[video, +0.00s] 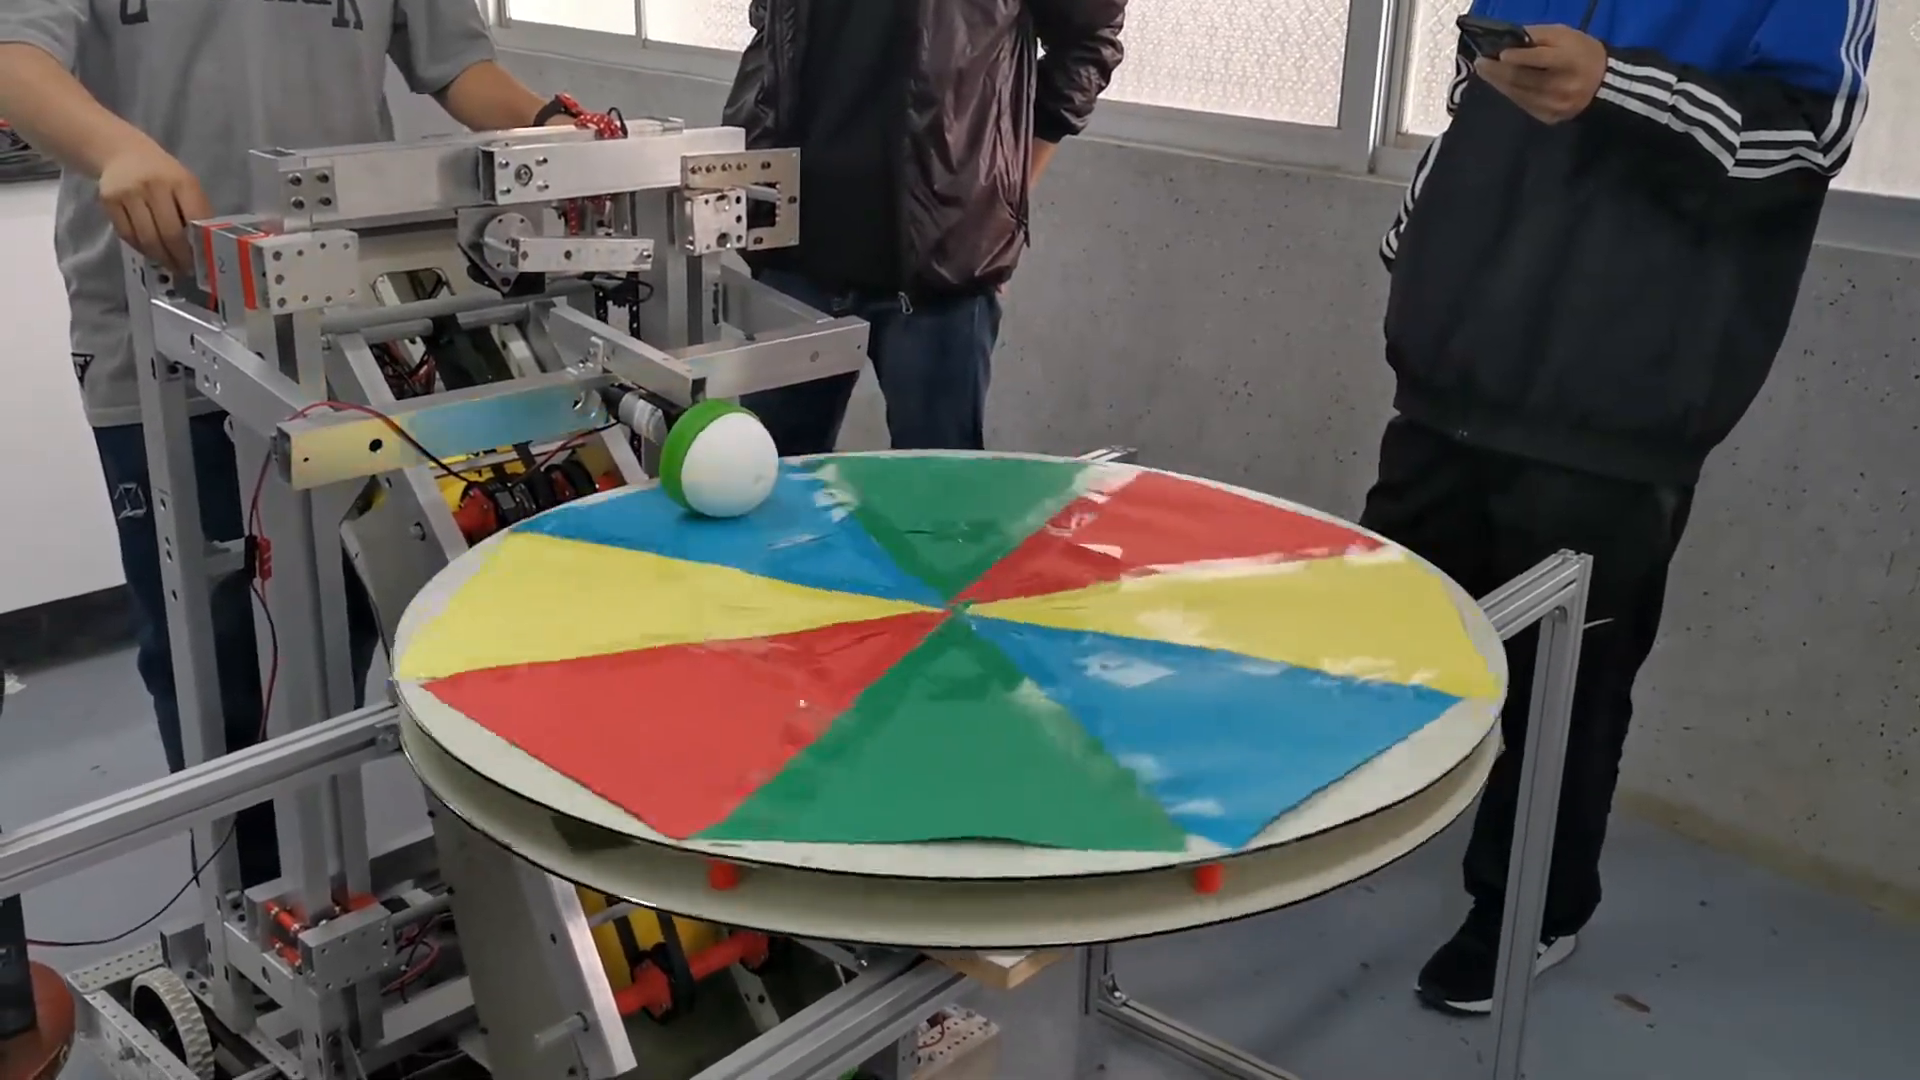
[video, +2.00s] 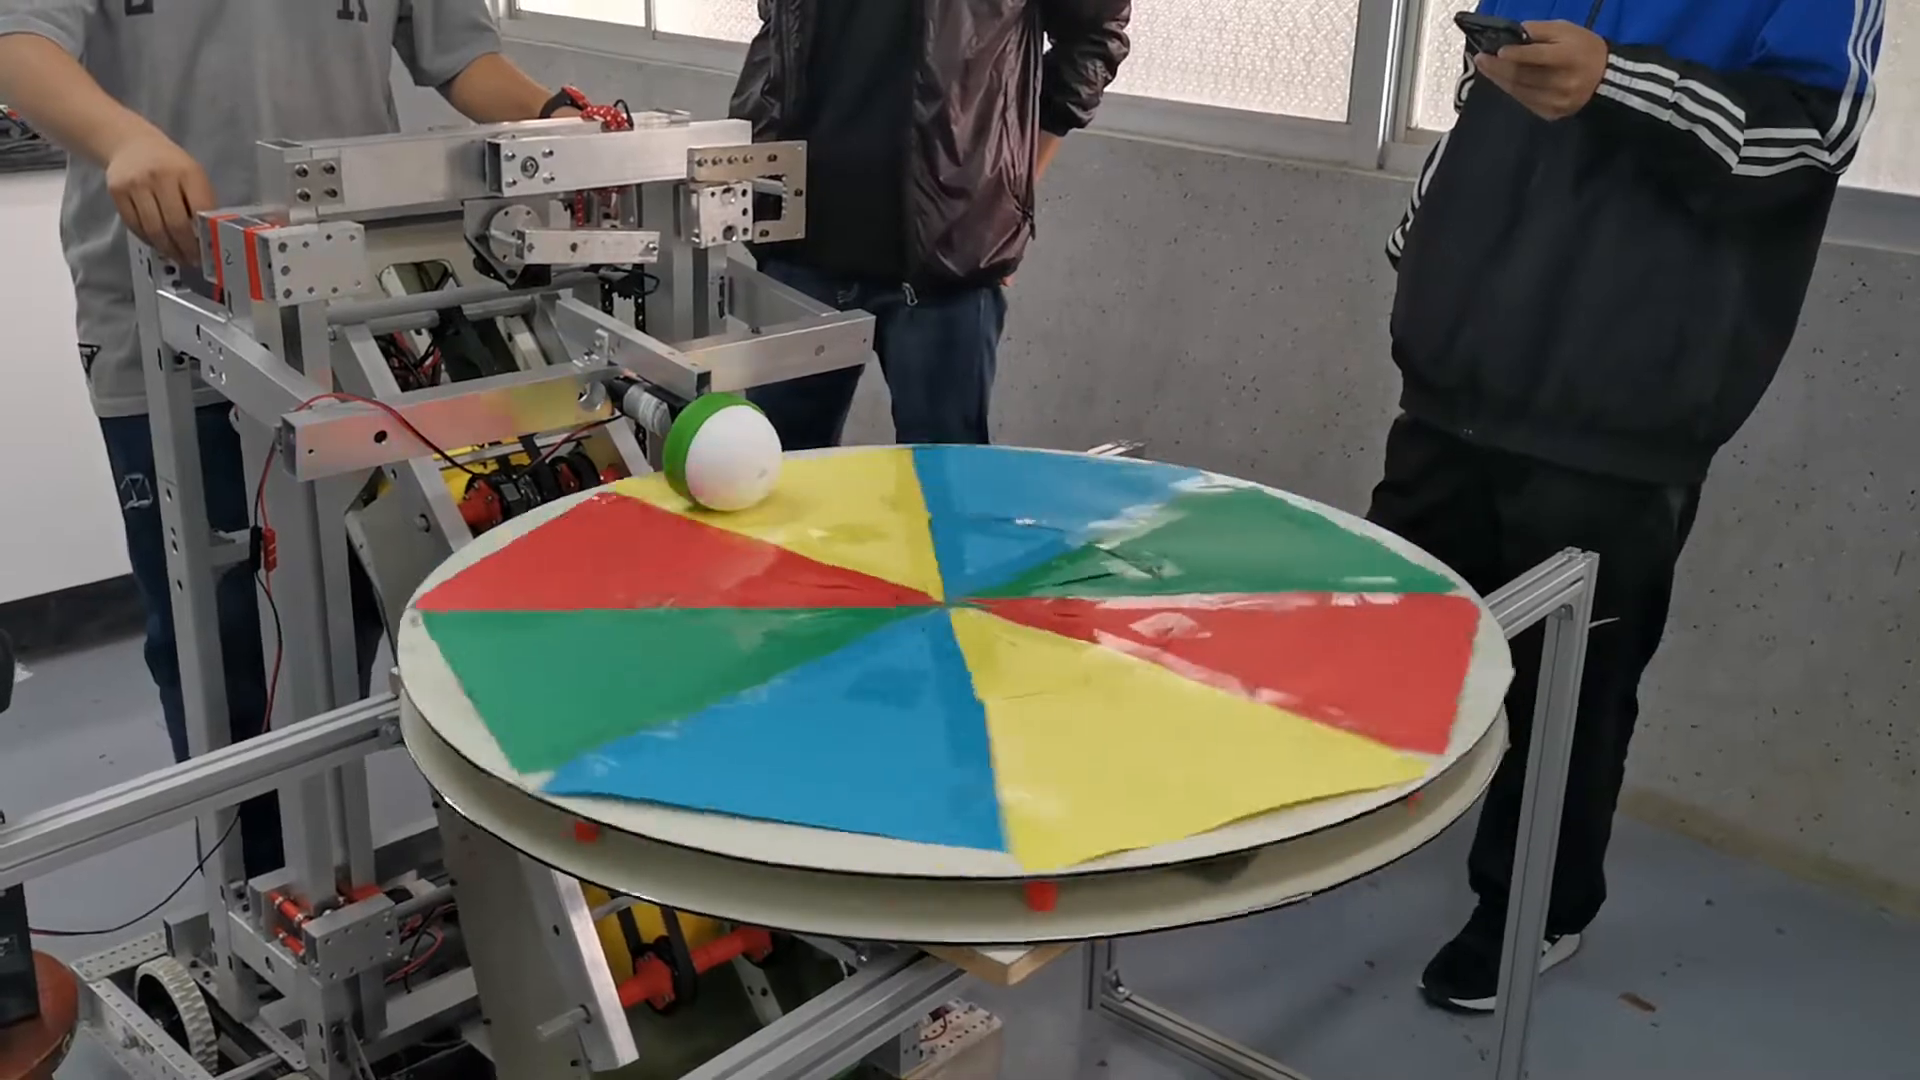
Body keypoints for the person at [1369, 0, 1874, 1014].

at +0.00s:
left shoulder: (1814, 7)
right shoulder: (1532, 4)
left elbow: (1808, 137)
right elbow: (1485, 86)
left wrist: (1609, 83)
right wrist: (1410, 242)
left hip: (1634, 371)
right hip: (1469, 326)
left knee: (1567, 666)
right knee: (1390, 614)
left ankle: (1526, 908)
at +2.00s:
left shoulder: (1819, 7)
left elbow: (1813, 135)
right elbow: (1494, 73)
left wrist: (1611, 80)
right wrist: (1421, 243)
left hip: (1638, 368)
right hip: (1475, 320)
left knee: (1572, 666)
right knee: (1397, 609)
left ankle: (1532, 908)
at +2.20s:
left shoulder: (1814, 7)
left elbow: (1807, 132)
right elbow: (1489, 73)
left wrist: (1606, 76)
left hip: (1634, 372)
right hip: (1471, 326)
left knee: (1571, 666)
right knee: (1401, 613)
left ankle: (1533, 904)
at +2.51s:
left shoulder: (1815, 9)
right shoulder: (1544, 3)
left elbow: (1806, 130)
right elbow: (1488, 89)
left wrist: (1606, 74)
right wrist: (1417, 243)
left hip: (1637, 368)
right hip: (1474, 322)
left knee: (1575, 660)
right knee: (1402, 608)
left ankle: (1537, 901)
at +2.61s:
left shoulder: (1815, 9)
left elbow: (1806, 130)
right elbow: (1490, 85)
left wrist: (1606, 73)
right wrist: (1416, 245)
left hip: (1638, 369)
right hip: (1474, 323)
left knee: (1576, 661)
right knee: (1405, 612)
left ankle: (1536, 901)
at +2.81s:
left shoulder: (1816, 9)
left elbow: (1810, 128)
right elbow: (1492, 86)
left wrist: (1609, 73)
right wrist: (1418, 246)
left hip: (1639, 369)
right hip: (1476, 324)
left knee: (1577, 661)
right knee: (1404, 610)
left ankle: (1538, 899)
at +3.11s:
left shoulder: (1820, 10)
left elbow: (1815, 126)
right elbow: (1495, 71)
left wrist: (1613, 71)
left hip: (1645, 361)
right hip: (1481, 315)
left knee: (1580, 655)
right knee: (1412, 606)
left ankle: (1543, 898)